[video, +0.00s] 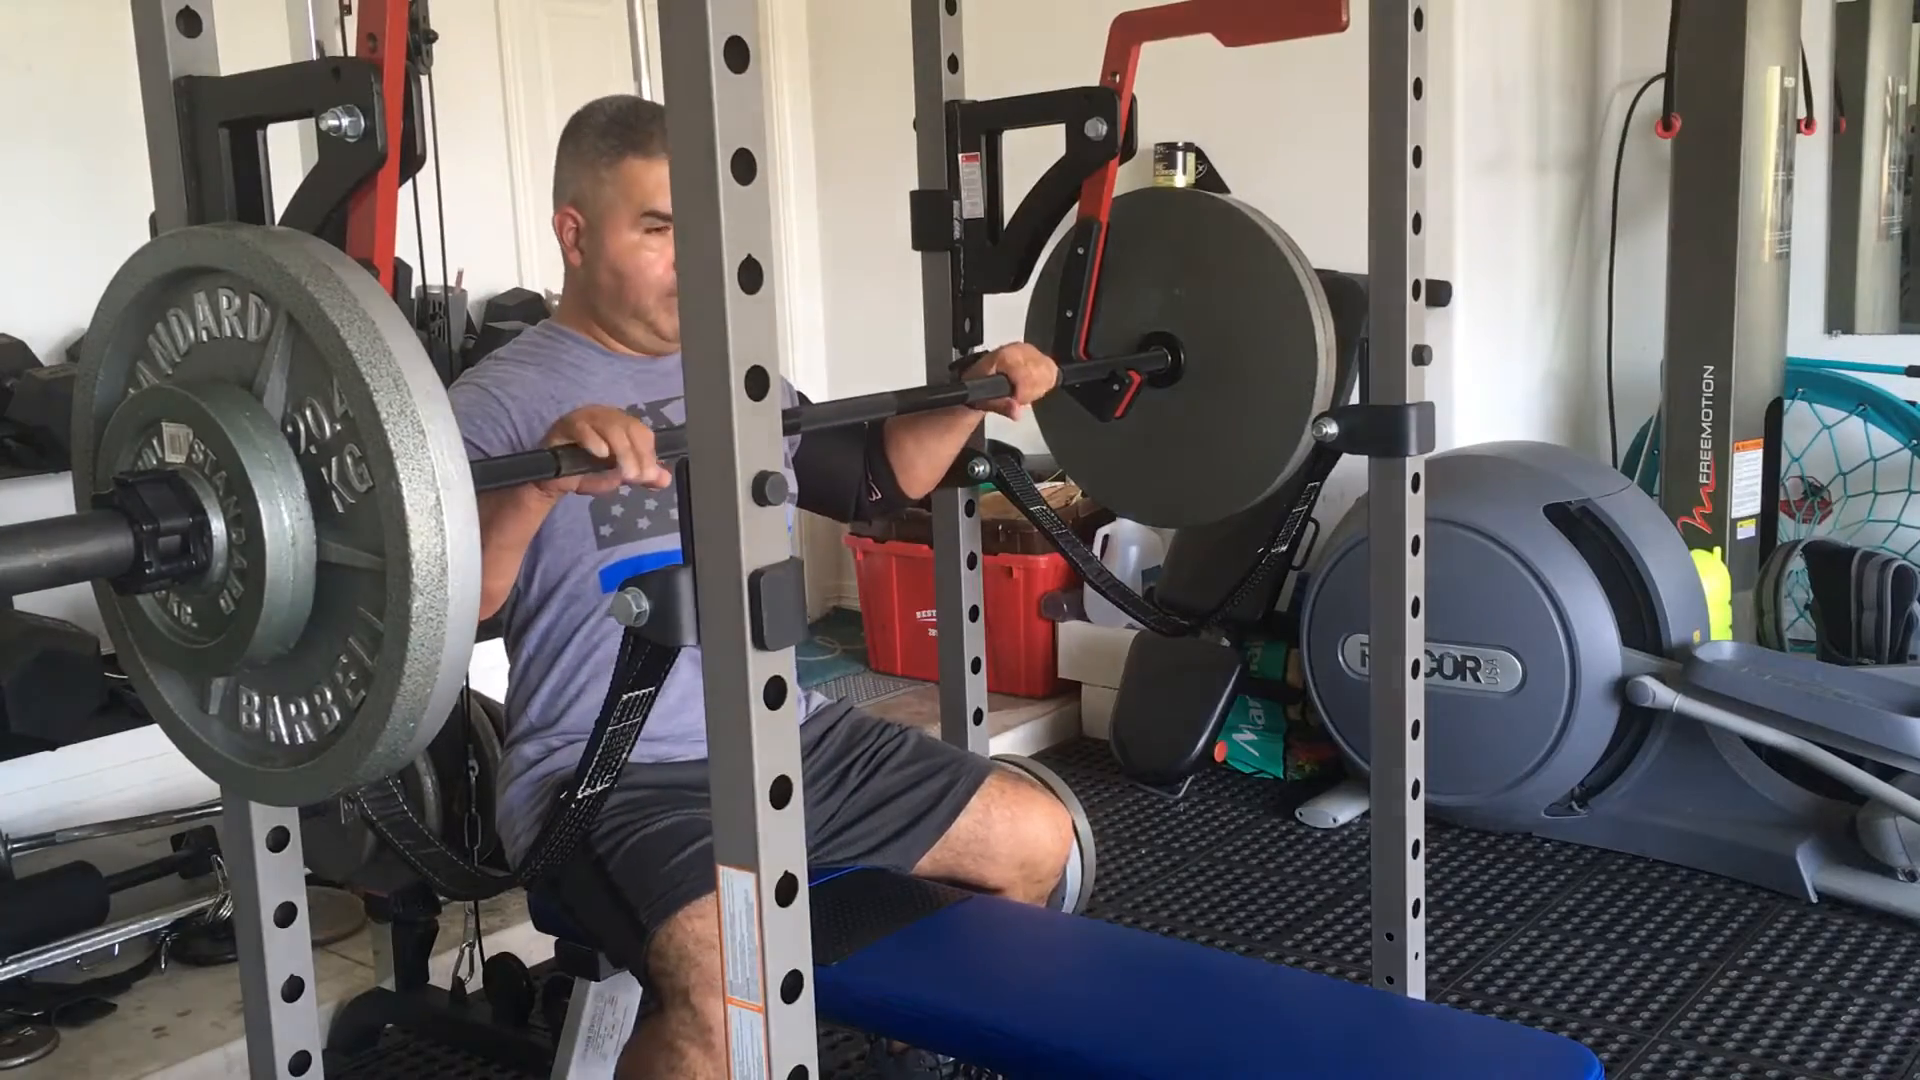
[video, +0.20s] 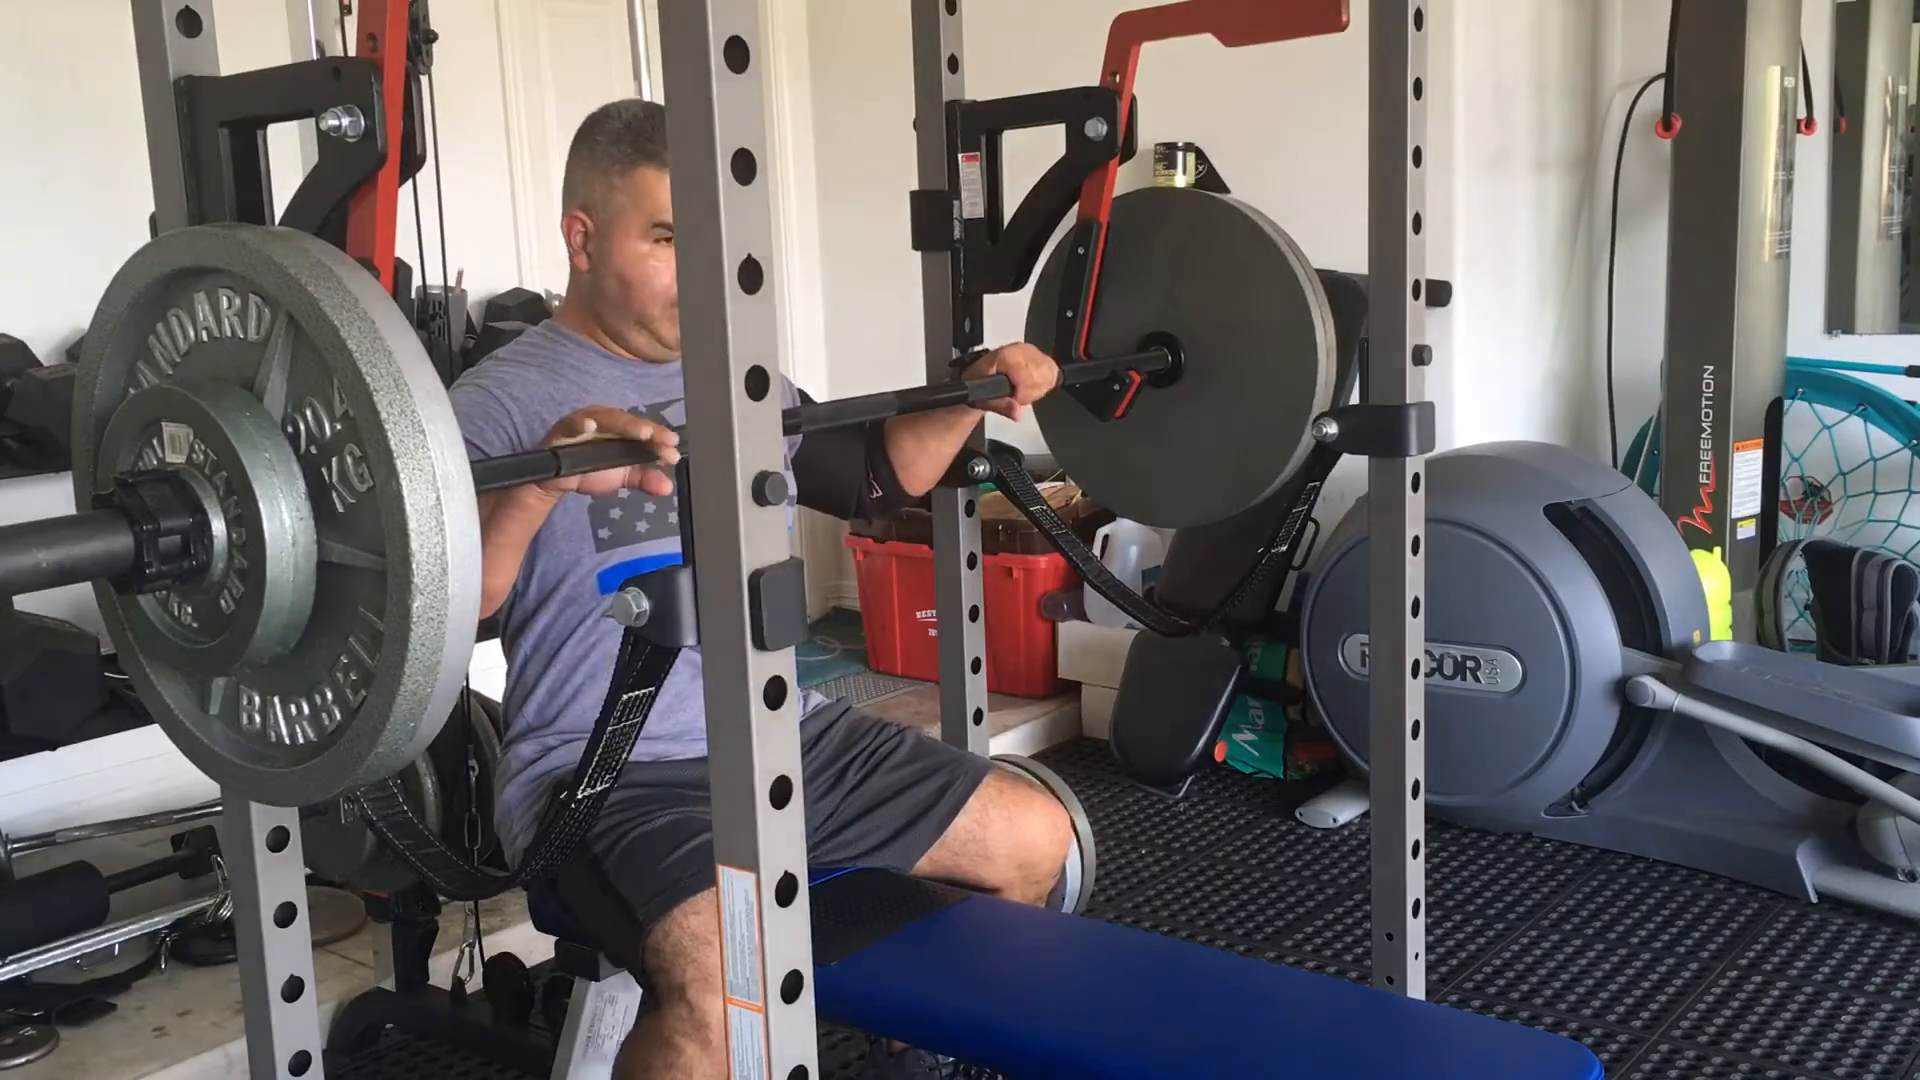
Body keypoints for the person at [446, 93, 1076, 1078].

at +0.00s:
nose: (690, 257)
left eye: (701, 227)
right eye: (657, 227)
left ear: (725, 237)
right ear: (574, 236)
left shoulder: (725, 371)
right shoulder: (503, 393)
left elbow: (871, 480)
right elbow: (461, 607)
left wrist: (972, 394)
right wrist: (545, 472)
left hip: (779, 732)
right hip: (609, 768)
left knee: (1033, 834)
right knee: (729, 968)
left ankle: (964, 1047)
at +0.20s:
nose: (694, 265)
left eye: (706, 237)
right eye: (663, 237)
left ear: (729, 245)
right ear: (581, 242)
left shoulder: (734, 375)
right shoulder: (503, 394)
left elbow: (878, 477)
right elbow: (461, 608)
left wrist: (973, 393)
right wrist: (546, 476)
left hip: (779, 731)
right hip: (608, 768)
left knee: (1031, 835)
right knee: (729, 965)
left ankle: (971, 1050)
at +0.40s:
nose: (701, 266)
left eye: (710, 238)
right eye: (668, 239)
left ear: (733, 245)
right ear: (588, 244)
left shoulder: (735, 377)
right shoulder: (507, 394)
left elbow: (879, 476)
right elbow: (464, 604)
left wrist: (976, 391)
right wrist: (553, 459)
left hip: (775, 734)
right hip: (607, 769)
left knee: (1032, 834)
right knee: (725, 957)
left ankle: (965, 1046)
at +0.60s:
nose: (707, 267)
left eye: (717, 241)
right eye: (676, 241)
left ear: (738, 246)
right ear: (594, 246)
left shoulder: (743, 378)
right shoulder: (506, 396)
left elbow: (875, 480)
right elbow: (464, 607)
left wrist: (977, 396)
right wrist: (550, 470)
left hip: (777, 735)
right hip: (609, 768)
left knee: (1033, 832)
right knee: (726, 966)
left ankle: (978, 1044)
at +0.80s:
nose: (698, 262)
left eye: (708, 235)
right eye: (666, 234)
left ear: (731, 245)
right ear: (582, 243)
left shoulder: (736, 378)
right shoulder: (492, 392)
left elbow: (872, 482)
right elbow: (467, 607)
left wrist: (977, 399)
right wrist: (552, 479)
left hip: (770, 720)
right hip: (597, 756)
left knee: (1028, 779)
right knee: (727, 924)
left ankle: (984, 1050)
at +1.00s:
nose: (703, 252)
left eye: (709, 224)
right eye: (668, 226)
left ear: (733, 235)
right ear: (584, 246)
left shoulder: (734, 373)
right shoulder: (495, 386)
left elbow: (866, 477)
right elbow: (440, 603)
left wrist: (973, 396)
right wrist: (537, 487)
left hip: (764, 726)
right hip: (590, 757)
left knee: (1028, 800)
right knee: (717, 900)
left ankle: (1126, 1050)